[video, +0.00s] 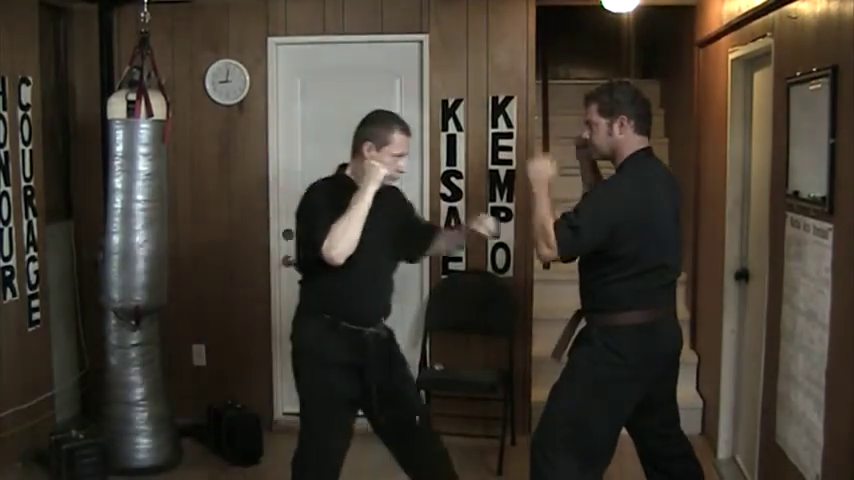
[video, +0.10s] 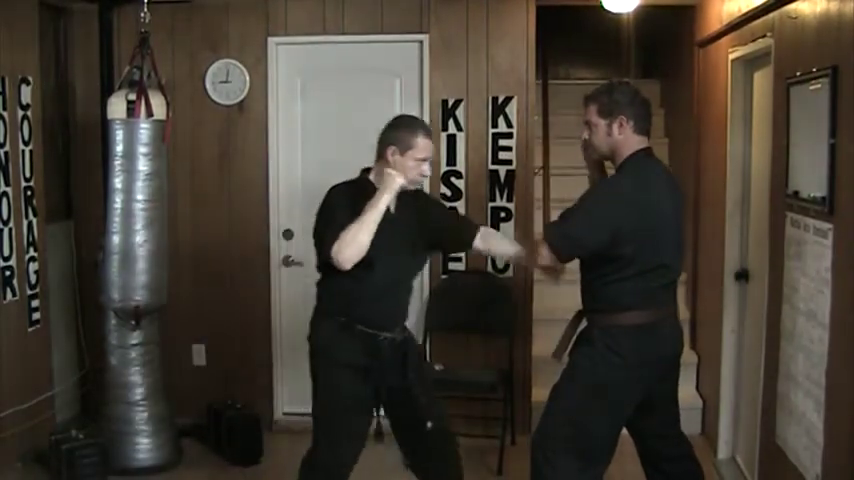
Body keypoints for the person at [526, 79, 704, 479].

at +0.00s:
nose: (586, 135)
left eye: (591, 125)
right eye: (585, 125)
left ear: (621, 126)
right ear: (626, 126)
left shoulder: (621, 187)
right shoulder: (662, 179)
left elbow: (550, 247)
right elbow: (602, 220)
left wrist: (540, 185)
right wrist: (587, 163)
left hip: (616, 342)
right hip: (659, 337)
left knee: (557, 455)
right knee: (666, 449)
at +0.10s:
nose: (585, 136)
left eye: (590, 126)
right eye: (585, 126)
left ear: (620, 126)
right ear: (628, 126)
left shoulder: (618, 189)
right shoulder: (663, 180)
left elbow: (548, 253)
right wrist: (595, 169)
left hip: (617, 342)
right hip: (661, 336)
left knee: (557, 454)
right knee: (666, 450)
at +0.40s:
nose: (583, 140)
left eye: (588, 129)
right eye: (583, 130)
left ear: (618, 127)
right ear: (624, 127)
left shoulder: (623, 191)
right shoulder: (660, 181)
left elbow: (556, 265)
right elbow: (601, 231)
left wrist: (548, 252)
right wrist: (584, 172)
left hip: (621, 341)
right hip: (658, 335)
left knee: (559, 452)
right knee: (664, 449)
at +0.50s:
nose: (581, 141)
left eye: (587, 130)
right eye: (581, 131)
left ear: (618, 129)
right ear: (619, 129)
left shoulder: (633, 186)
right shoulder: (631, 178)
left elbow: (586, 260)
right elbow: (575, 221)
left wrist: (555, 205)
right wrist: (544, 185)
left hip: (625, 341)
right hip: (645, 333)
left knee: (562, 454)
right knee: (663, 450)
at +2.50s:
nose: (588, 136)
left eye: (594, 126)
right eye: (588, 127)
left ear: (625, 127)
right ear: (628, 127)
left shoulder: (631, 185)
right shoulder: (661, 179)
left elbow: (562, 243)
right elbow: (599, 227)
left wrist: (548, 170)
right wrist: (581, 167)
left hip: (618, 342)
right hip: (655, 336)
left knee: (556, 455)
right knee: (665, 450)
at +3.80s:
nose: (582, 138)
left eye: (586, 128)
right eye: (580, 129)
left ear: (616, 126)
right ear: (621, 127)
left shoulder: (625, 185)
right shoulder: (654, 179)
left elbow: (560, 244)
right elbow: (587, 229)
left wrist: (543, 173)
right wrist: (571, 170)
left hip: (615, 342)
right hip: (651, 335)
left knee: (556, 455)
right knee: (664, 449)